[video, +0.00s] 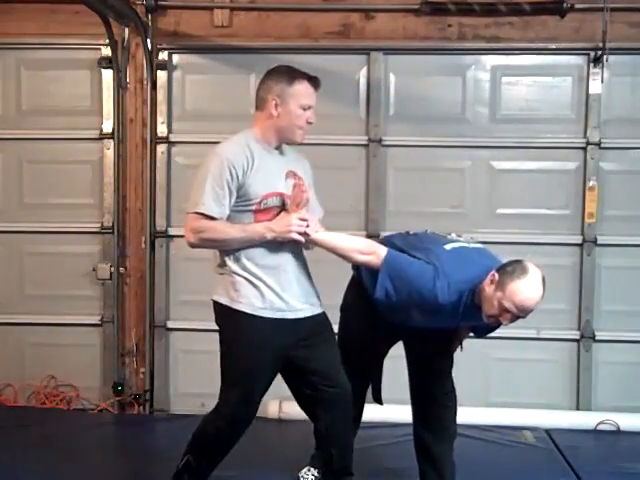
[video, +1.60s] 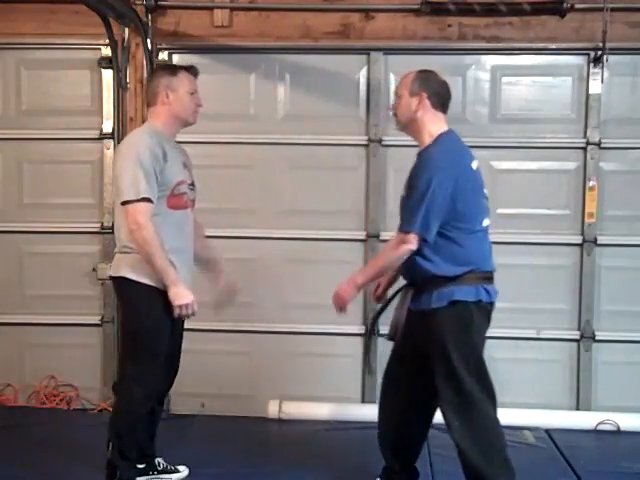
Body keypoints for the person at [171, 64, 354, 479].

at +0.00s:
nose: (311, 119)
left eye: (312, 109)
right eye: (304, 108)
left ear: (279, 108)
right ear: (273, 105)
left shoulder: (298, 164)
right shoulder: (231, 154)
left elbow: (311, 235)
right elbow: (196, 231)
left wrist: (301, 214)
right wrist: (270, 230)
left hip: (303, 311)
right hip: (249, 311)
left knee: (336, 399)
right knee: (235, 412)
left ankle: (334, 475)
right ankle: (186, 476)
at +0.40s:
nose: (257, 104)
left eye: (257, 96)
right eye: (248, 94)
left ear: (223, 99)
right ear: (217, 96)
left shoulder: (243, 153)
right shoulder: (189, 152)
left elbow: (250, 214)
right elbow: (169, 233)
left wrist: (266, 221)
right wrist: (243, 242)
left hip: (254, 298)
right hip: (207, 298)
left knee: (286, 393)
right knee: (206, 407)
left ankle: (310, 474)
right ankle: (179, 475)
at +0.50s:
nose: (250, 99)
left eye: (250, 90)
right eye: (241, 89)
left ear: (218, 93)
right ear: (209, 91)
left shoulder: (232, 144)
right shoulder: (184, 146)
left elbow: (236, 215)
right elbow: (167, 230)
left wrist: (263, 234)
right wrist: (238, 246)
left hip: (242, 291)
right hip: (199, 293)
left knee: (273, 382)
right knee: (199, 404)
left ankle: (274, 474)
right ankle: (178, 474)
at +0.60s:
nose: (243, 97)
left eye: (243, 88)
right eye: (234, 87)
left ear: (212, 91)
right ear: (204, 90)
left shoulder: (224, 144)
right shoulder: (178, 147)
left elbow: (228, 216)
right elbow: (169, 232)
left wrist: (256, 246)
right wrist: (236, 254)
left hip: (231, 288)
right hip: (191, 290)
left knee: (256, 376)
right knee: (195, 398)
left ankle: (228, 469)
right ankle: (177, 473)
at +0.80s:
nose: (234, 96)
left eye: (233, 87)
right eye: (226, 87)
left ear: (203, 91)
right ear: (197, 90)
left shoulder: (210, 143)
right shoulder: (172, 148)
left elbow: (213, 220)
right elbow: (167, 231)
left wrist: (246, 255)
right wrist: (235, 261)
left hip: (210, 282)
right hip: (180, 284)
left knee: (215, 372)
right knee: (195, 378)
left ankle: (165, 461)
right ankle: (179, 469)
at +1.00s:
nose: (227, 104)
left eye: (226, 95)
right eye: (221, 95)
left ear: (193, 98)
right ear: (193, 96)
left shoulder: (192, 147)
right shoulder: (173, 147)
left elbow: (200, 216)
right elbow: (167, 228)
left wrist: (242, 217)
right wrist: (220, 278)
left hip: (183, 281)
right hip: (172, 282)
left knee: (171, 375)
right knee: (193, 380)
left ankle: (141, 463)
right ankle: (181, 472)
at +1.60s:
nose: (199, 102)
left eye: (198, 94)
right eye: (192, 94)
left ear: (171, 98)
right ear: (166, 97)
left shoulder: (176, 151)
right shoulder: (139, 146)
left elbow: (188, 223)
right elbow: (139, 224)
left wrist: (216, 268)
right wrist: (173, 283)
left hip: (167, 283)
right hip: (140, 281)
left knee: (160, 375)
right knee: (141, 377)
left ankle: (143, 459)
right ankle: (125, 467)